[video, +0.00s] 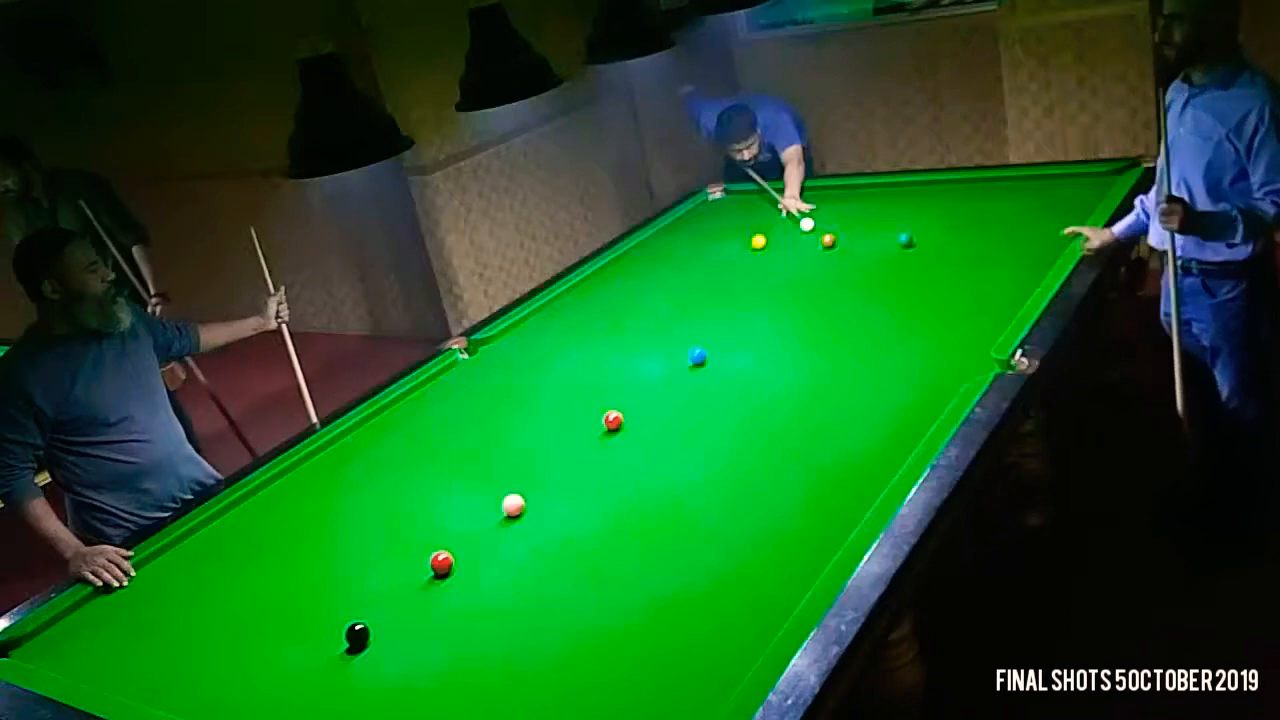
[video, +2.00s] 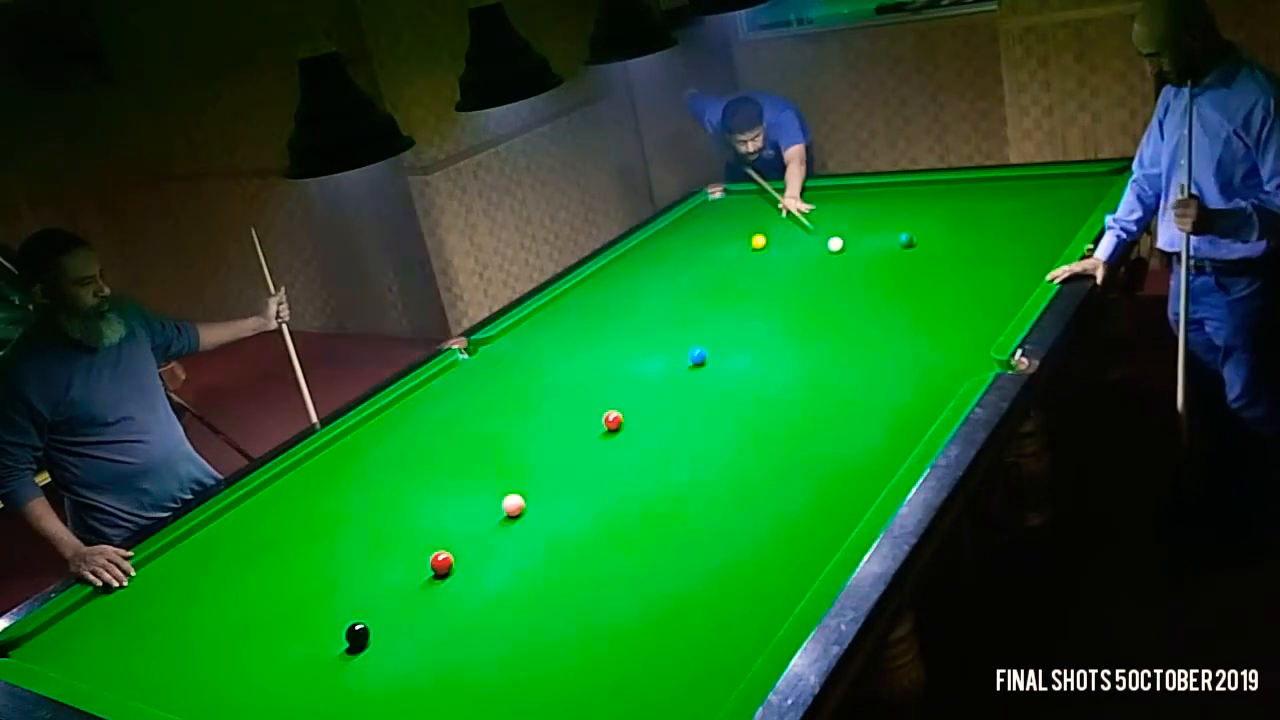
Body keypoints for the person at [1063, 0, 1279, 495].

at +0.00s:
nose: (1161, 34)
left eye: (1175, 20)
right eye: (1159, 21)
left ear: (1215, 24)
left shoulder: (1258, 102)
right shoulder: (1179, 94)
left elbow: (1270, 215)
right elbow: (1167, 185)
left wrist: (1198, 221)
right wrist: (1114, 233)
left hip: (1230, 285)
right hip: (1177, 279)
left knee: (1239, 414)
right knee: (1193, 409)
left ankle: (1244, 524)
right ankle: (1198, 514)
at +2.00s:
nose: (1152, 69)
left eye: (1158, 55)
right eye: (1145, 57)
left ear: (1193, 39)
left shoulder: (1260, 99)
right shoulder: (1173, 97)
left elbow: (1277, 210)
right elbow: (1145, 180)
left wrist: (1214, 219)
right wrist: (1104, 253)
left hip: (1243, 284)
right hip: (1185, 278)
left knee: (1248, 409)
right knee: (1199, 407)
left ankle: (1257, 523)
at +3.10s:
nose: (1150, 117)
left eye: (1159, 106)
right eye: (1144, 106)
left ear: (1189, 91)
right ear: (1139, 95)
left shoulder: (1246, 137)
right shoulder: (1139, 127)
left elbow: (1272, 241)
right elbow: (1118, 203)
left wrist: (1218, 291)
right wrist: (1104, 266)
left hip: (1234, 304)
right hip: (1174, 299)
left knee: (1227, 419)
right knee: (1178, 411)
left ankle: (1241, 527)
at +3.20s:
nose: (1153, 151)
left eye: (1162, 141)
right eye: (1145, 139)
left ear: (1194, 120)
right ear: (1139, 120)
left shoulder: (1252, 158)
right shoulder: (1136, 149)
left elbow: (1273, 258)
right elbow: (1112, 229)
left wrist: (1223, 309)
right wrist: (1102, 308)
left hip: (1238, 312)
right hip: (1176, 303)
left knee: (1224, 431)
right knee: (1166, 422)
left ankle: (1234, 544)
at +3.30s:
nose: (1152, 184)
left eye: (1161, 175)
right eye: (1143, 173)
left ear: (1195, 155)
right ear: (1136, 152)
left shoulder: (1259, 174)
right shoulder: (1132, 174)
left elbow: (1276, 273)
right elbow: (1107, 253)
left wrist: (1229, 324)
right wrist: (1097, 332)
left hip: (1248, 311)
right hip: (1184, 299)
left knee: (1228, 439)